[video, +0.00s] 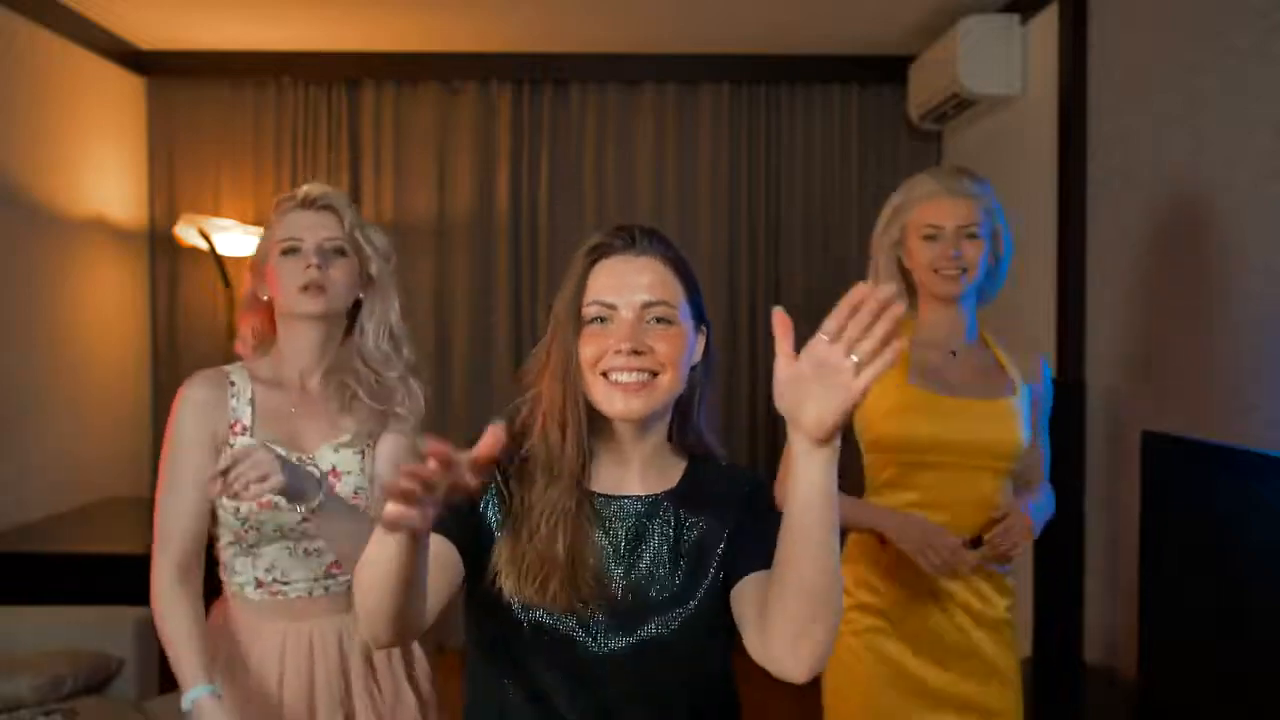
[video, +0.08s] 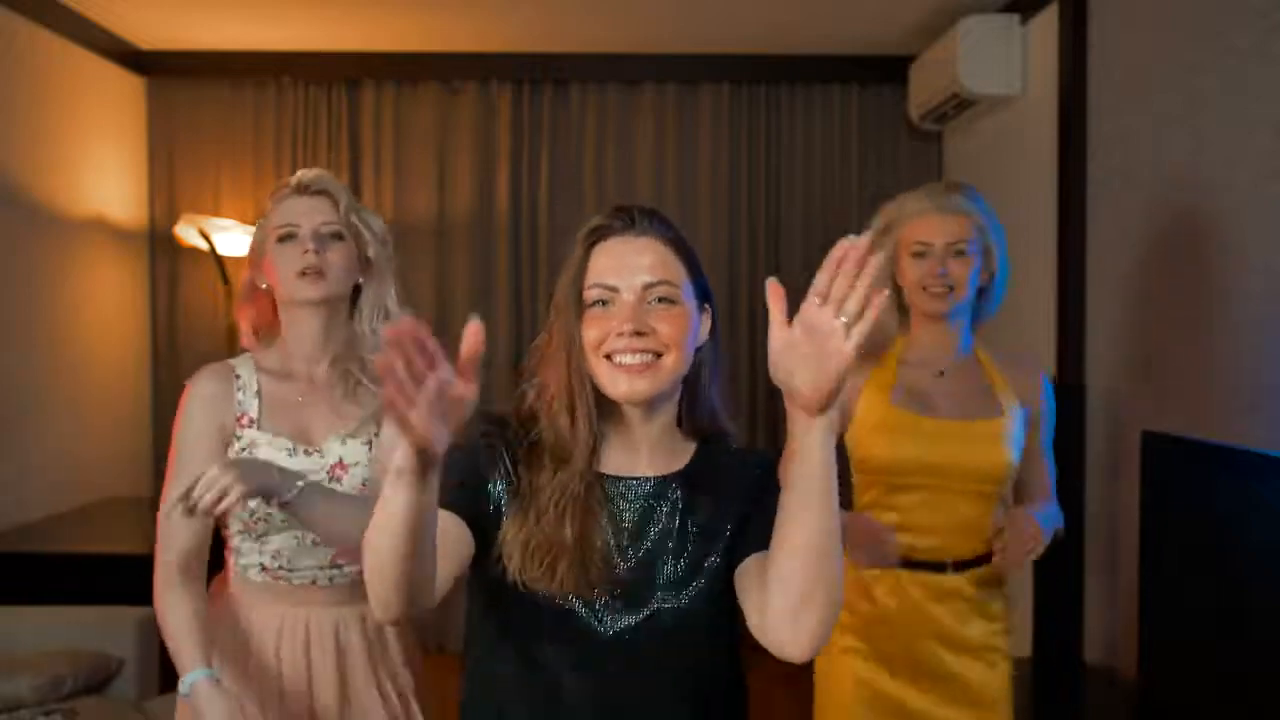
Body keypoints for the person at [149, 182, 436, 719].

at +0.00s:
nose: (312, 262)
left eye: (334, 251)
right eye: (291, 250)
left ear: (361, 284)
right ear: (263, 281)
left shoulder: (390, 404)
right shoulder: (211, 399)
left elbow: (398, 562)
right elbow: (175, 572)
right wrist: (200, 697)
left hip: (364, 655)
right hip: (251, 661)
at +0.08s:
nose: (310, 247)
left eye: (331, 236)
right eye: (288, 237)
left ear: (361, 267)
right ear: (263, 271)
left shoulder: (400, 390)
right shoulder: (219, 391)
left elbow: (403, 535)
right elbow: (178, 563)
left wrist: (281, 484)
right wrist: (199, 682)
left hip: (361, 646)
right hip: (243, 649)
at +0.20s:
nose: (311, 247)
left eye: (333, 235)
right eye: (290, 236)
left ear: (364, 266)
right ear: (263, 268)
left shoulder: (405, 376)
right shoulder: (223, 397)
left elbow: (356, 525)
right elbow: (198, 558)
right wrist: (194, 689)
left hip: (356, 646)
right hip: (246, 649)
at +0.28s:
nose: (311, 259)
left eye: (334, 247)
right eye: (289, 245)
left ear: (364, 278)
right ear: (262, 278)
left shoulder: (401, 385)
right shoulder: (226, 409)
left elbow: (337, 553)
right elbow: (207, 579)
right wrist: (193, 702)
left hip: (353, 672)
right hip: (244, 667)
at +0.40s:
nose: (316, 253)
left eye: (340, 245)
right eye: (294, 238)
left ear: (363, 281)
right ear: (261, 270)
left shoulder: (378, 382)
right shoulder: (223, 399)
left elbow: (368, 576)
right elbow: (204, 570)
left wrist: (327, 711)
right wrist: (209, 710)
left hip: (359, 641)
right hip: (259, 637)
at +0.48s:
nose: (317, 244)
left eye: (341, 238)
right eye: (296, 228)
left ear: (360, 279)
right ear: (257, 258)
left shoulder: (370, 380)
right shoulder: (206, 387)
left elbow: (377, 574)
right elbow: (202, 557)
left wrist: (359, 710)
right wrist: (219, 706)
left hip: (348, 636)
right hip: (257, 633)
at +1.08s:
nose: (316, 289)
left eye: (339, 279)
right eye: (290, 279)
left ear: (372, 315)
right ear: (258, 319)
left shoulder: (414, 436)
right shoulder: (220, 464)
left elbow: (422, 577)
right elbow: (200, 644)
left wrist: (335, 689)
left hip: (382, 669)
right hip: (271, 669)